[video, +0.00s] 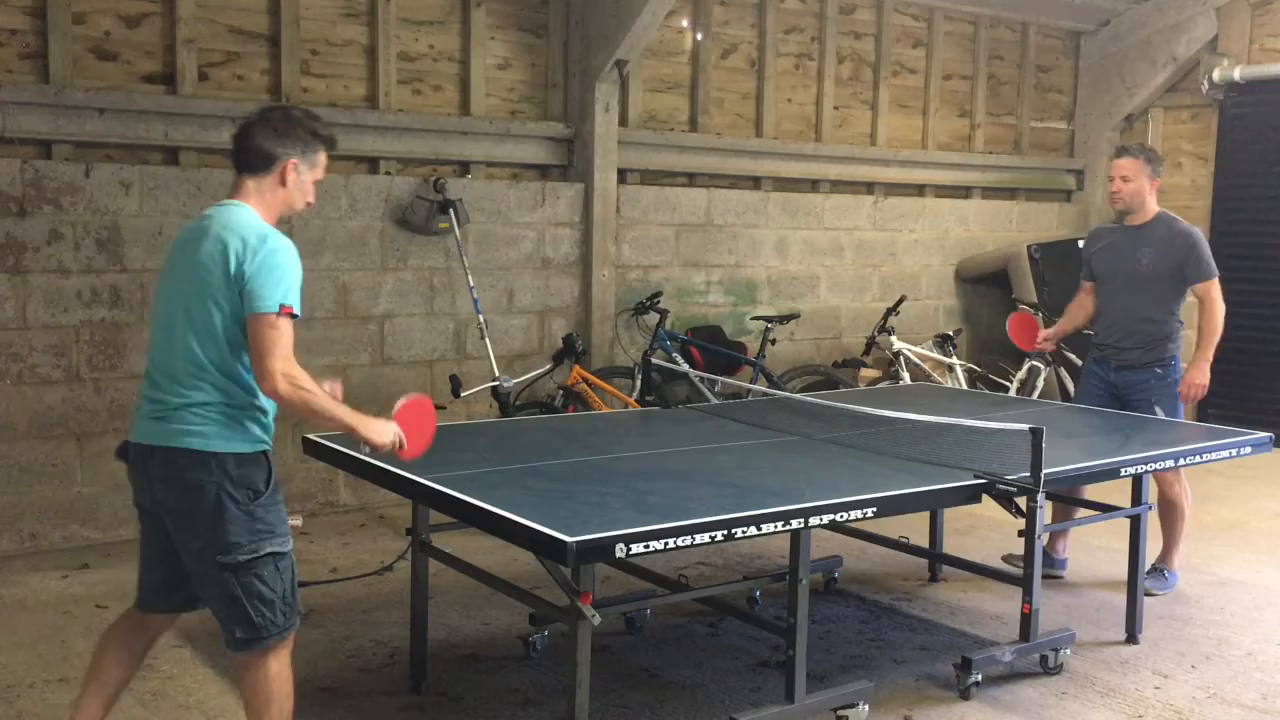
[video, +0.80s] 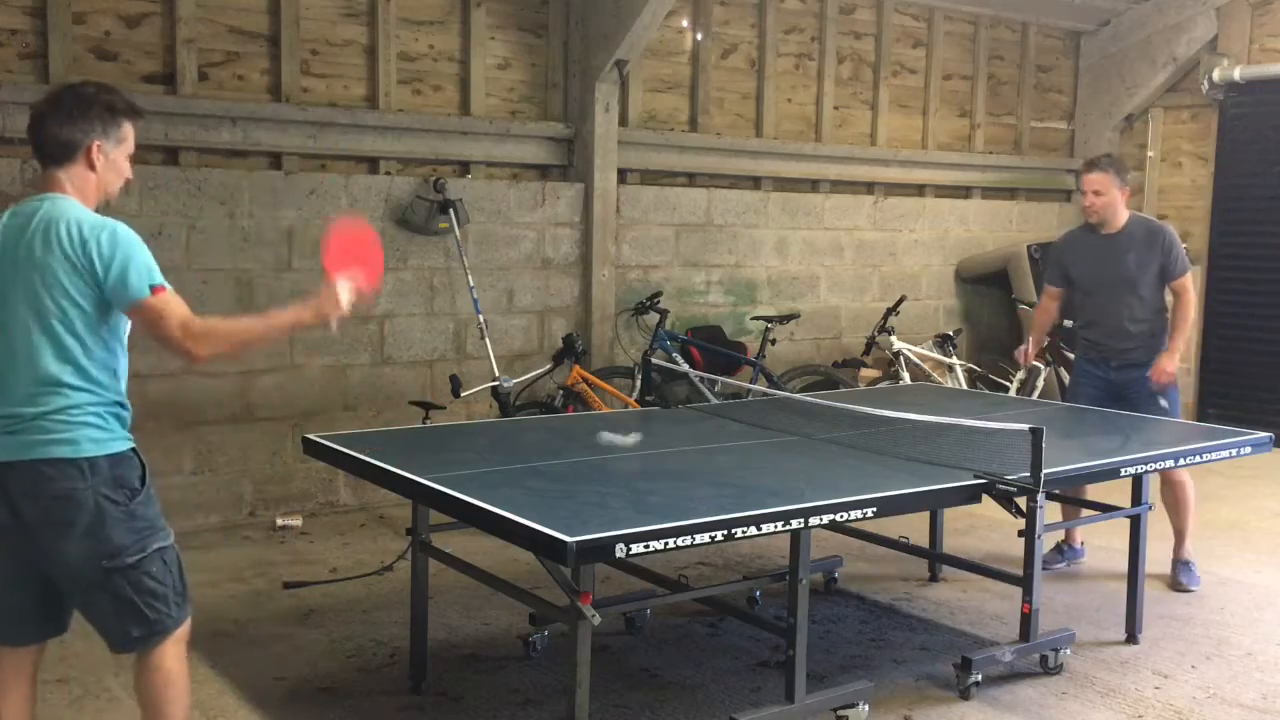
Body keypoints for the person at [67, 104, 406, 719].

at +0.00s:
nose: (314, 197)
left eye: (318, 183)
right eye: (314, 180)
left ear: (257, 167)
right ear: (285, 169)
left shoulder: (192, 234)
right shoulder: (269, 248)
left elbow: (215, 356)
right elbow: (279, 377)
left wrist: (305, 386)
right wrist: (361, 424)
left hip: (155, 455)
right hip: (220, 464)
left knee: (155, 606)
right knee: (268, 633)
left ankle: (83, 713)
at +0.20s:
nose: (242, 194)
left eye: (244, 179)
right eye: (241, 178)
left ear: (177, 170)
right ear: (212, 174)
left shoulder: (121, 249)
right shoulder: (207, 254)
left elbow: (174, 372)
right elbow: (270, 374)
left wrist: (273, 407)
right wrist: (300, 347)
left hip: (104, 470)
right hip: (180, 473)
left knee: (89, 633)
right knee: (254, 638)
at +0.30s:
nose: (206, 194)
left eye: (210, 179)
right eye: (207, 178)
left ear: (132, 167)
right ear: (180, 172)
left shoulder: (84, 250)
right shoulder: (179, 253)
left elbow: (131, 363)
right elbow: (239, 363)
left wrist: (232, 375)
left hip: (73, 475)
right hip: (151, 480)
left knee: (66, 635)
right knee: (235, 633)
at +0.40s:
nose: (179, 187)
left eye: (182, 173)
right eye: (179, 171)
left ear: (103, 163)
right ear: (151, 168)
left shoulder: (49, 247)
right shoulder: (159, 248)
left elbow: (72, 357)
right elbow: (201, 364)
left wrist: (184, 398)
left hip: (48, 474)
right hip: (129, 478)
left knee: (53, 634)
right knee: (215, 630)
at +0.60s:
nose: (146, 182)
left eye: (149, 167)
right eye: (145, 165)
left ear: (71, 157)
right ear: (114, 161)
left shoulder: (12, 239)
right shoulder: (128, 244)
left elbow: (20, 342)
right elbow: (181, 376)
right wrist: (143, 370)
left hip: (15, 474)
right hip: (99, 474)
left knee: (27, 640)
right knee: (188, 624)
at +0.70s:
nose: (133, 179)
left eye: (135, 163)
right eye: (131, 162)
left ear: (55, 156)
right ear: (99, 159)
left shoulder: (6, 234)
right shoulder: (113, 244)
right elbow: (190, 365)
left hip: (9, 471)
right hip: (90, 471)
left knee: (18, 646)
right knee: (172, 629)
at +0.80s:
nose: (130, 173)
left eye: (133, 157)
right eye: (128, 155)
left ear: (53, 151)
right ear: (92, 153)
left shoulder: (6, 229)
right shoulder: (101, 237)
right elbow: (193, 339)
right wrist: (311, 312)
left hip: (7, 470)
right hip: (85, 469)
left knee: (15, 645)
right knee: (163, 627)